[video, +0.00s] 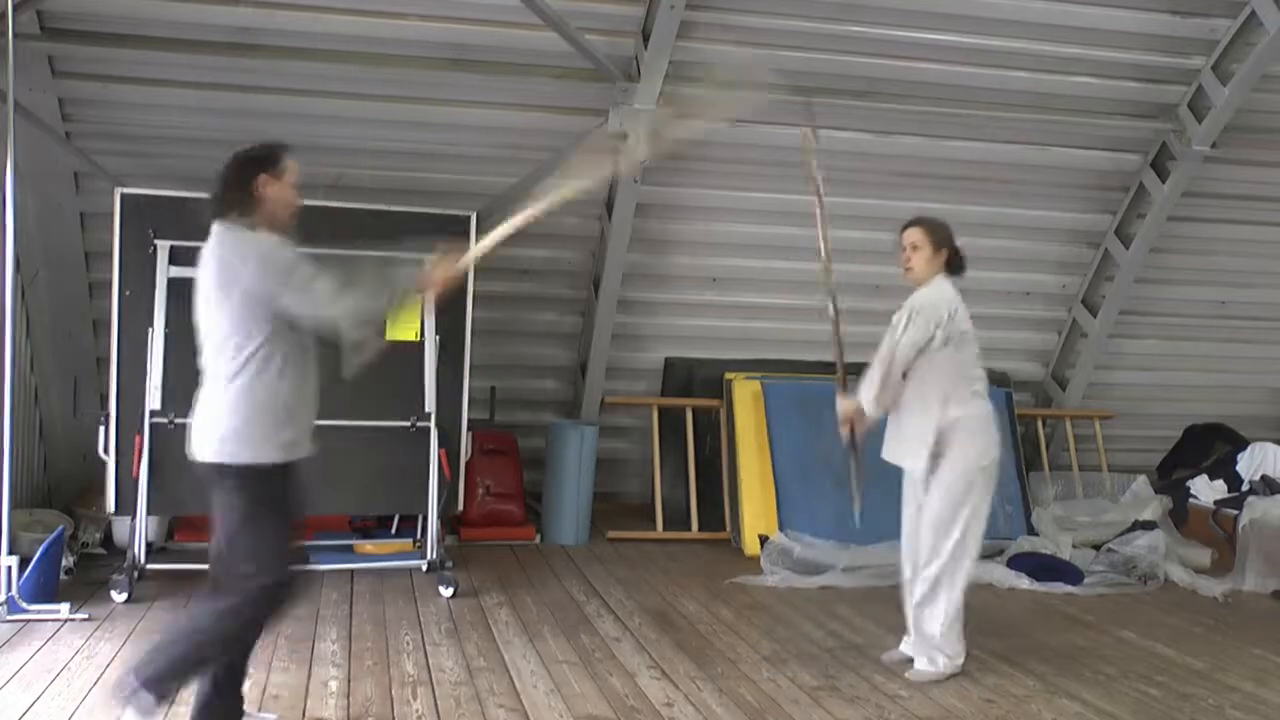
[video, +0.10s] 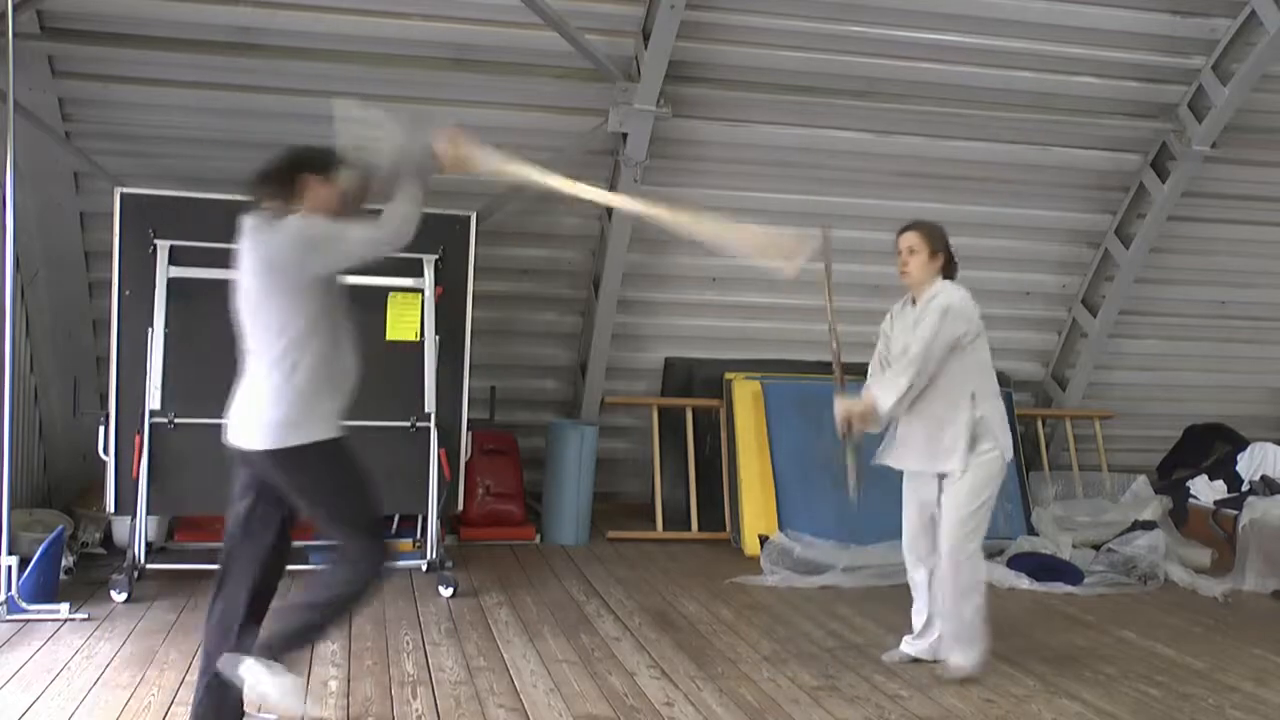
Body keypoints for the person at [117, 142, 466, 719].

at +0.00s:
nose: (300, 197)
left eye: (298, 186)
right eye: (292, 185)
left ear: (259, 188)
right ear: (262, 186)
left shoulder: (229, 246)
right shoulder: (253, 250)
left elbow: (315, 310)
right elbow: (331, 301)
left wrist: (384, 312)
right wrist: (419, 283)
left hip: (241, 439)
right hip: (248, 443)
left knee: (241, 577)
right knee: (265, 578)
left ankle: (218, 707)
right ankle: (145, 682)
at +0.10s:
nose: (338, 198)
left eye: (337, 189)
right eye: (331, 187)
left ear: (285, 189)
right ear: (306, 187)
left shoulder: (258, 234)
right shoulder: (296, 238)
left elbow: (338, 216)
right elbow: (392, 232)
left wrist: (383, 181)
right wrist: (423, 164)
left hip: (254, 433)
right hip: (296, 434)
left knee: (247, 573)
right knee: (364, 552)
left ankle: (214, 706)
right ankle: (265, 655)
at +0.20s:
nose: (377, 212)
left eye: (376, 200)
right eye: (372, 199)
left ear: (327, 190)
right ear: (351, 196)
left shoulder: (290, 230)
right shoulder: (342, 239)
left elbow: (338, 167)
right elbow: (417, 197)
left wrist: (378, 114)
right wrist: (412, 128)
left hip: (280, 431)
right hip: (327, 434)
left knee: (259, 574)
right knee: (407, 551)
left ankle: (216, 708)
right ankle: (357, 676)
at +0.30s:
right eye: (414, 172)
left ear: (357, 191)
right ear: (409, 191)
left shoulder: (344, 238)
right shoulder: (414, 240)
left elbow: (353, 186)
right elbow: (454, 172)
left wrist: (345, 139)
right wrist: (383, 127)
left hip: (322, 435)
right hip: (379, 441)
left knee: (300, 570)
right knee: (434, 569)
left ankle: (228, 695)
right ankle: (442, 708)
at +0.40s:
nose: (463, 207)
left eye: (455, 193)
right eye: (458, 196)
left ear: (401, 200)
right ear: (443, 202)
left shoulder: (372, 245)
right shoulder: (444, 246)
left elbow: (384, 196)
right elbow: (495, 176)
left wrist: (390, 146)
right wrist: (429, 129)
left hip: (351, 432)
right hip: (411, 437)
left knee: (361, 557)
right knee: (447, 582)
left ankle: (277, 654)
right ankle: (436, 708)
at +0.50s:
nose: (502, 234)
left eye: (502, 224)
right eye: (501, 225)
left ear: (455, 208)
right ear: (486, 215)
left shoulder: (405, 244)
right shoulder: (466, 249)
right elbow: (550, 243)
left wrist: (544, 169)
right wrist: (576, 174)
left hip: (391, 428)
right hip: (437, 434)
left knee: (433, 550)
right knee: (461, 574)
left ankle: (378, 630)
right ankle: (435, 707)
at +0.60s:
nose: (518, 226)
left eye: (518, 216)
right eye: (514, 215)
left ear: (469, 208)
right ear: (494, 212)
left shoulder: (429, 249)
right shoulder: (474, 253)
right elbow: (552, 293)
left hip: (413, 426)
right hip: (444, 432)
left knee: (458, 551)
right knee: (469, 561)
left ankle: (451, 649)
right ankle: (435, 707)